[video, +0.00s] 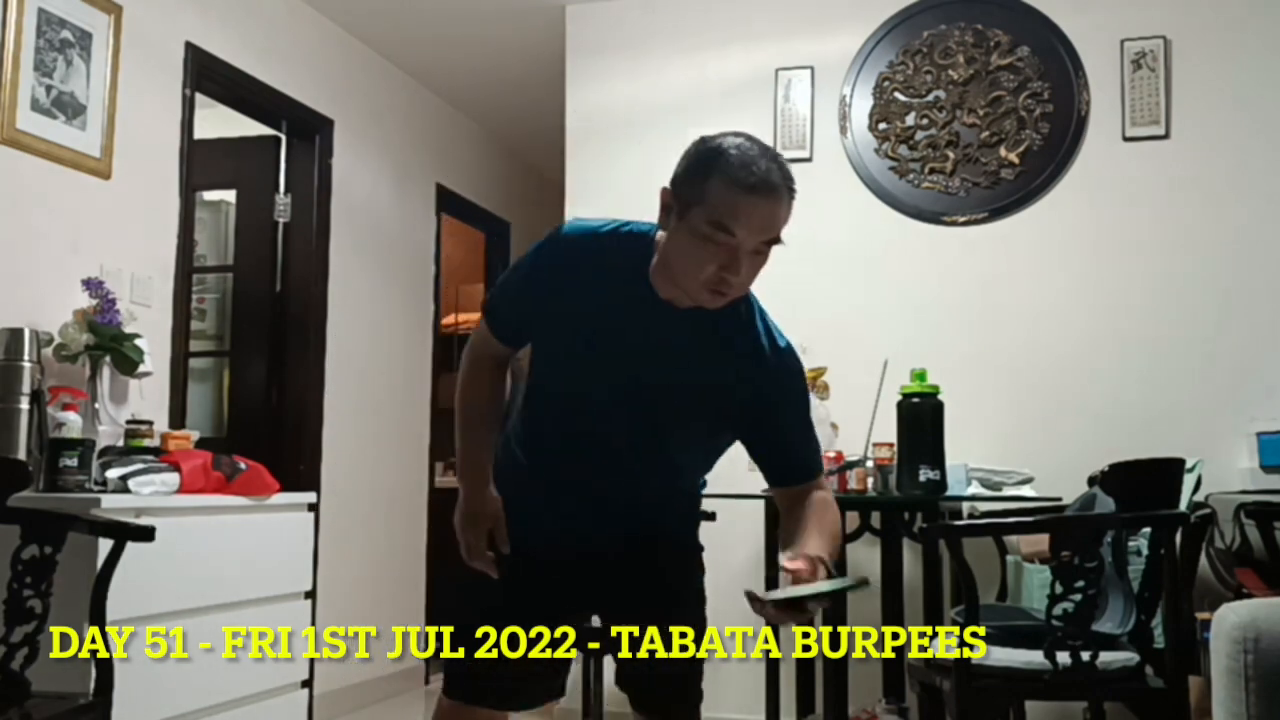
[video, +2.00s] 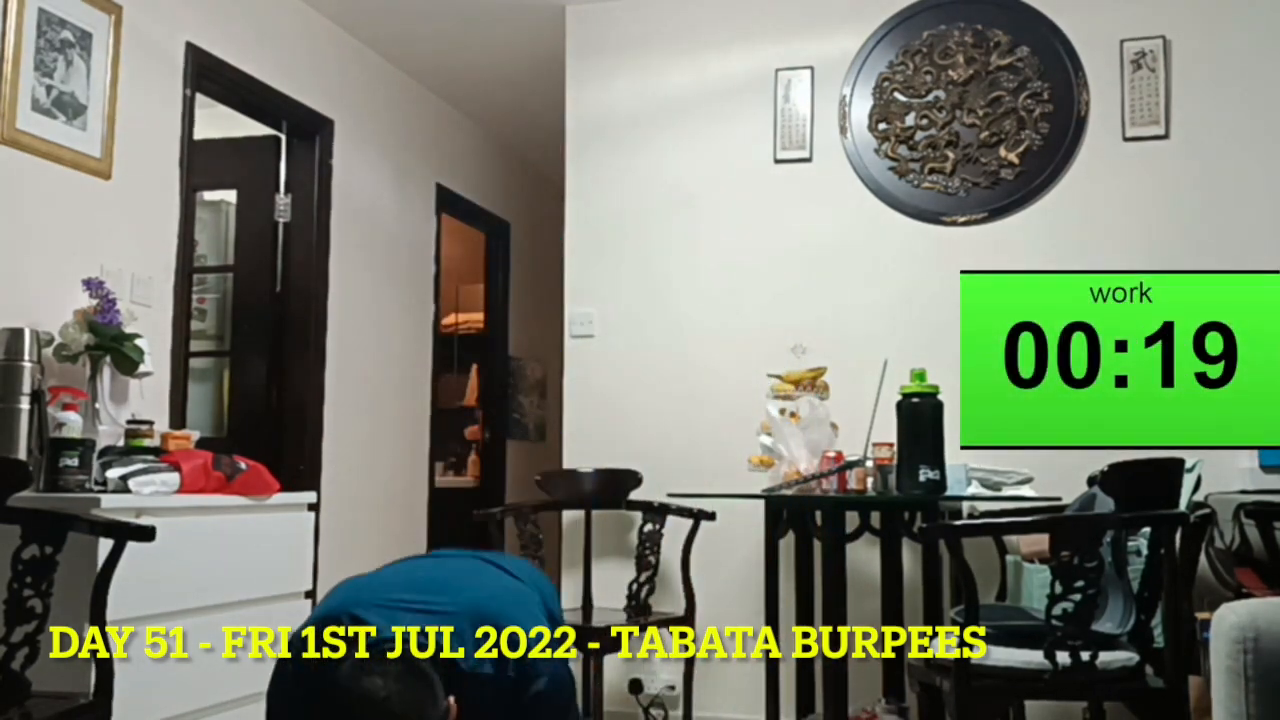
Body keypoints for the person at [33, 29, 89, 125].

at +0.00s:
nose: (66, 52)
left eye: (69, 48)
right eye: (63, 49)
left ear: (74, 49)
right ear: (61, 51)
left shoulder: (79, 66)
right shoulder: (61, 60)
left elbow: (69, 89)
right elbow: (57, 81)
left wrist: (48, 82)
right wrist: (49, 101)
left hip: (79, 102)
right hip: (62, 95)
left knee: (64, 98)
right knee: (47, 88)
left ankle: (70, 120)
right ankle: (60, 116)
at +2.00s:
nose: (66, 51)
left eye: (69, 48)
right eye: (63, 48)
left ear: (74, 49)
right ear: (60, 50)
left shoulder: (79, 65)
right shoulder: (61, 60)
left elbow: (70, 89)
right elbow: (57, 81)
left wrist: (49, 83)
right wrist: (49, 101)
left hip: (80, 102)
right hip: (63, 95)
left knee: (64, 98)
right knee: (48, 88)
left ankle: (70, 120)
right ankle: (61, 117)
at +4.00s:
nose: (66, 51)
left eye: (69, 48)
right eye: (63, 48)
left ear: (74, 49)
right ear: (60, 50)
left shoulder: (79, 66)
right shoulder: (61, 60)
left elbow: (69, 89)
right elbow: (56, 80)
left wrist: (49, 82)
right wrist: (49, 101)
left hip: (79, 102)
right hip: (63, 94)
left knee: (64, 98)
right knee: (48, 88)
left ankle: (69, 119)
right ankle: (60, 116)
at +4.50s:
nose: (66, 53)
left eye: (69, 48)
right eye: (63, 50)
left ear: (74, 49)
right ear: (60, 51)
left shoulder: (79, 66)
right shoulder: (61, 60)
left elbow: (69, 89)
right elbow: (57, 81)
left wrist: (49, 82)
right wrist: (49, 101)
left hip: (78, 102)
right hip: (62, 95)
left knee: (64, 98)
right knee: (47, 88)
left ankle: (70, 120)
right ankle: (60, 116)